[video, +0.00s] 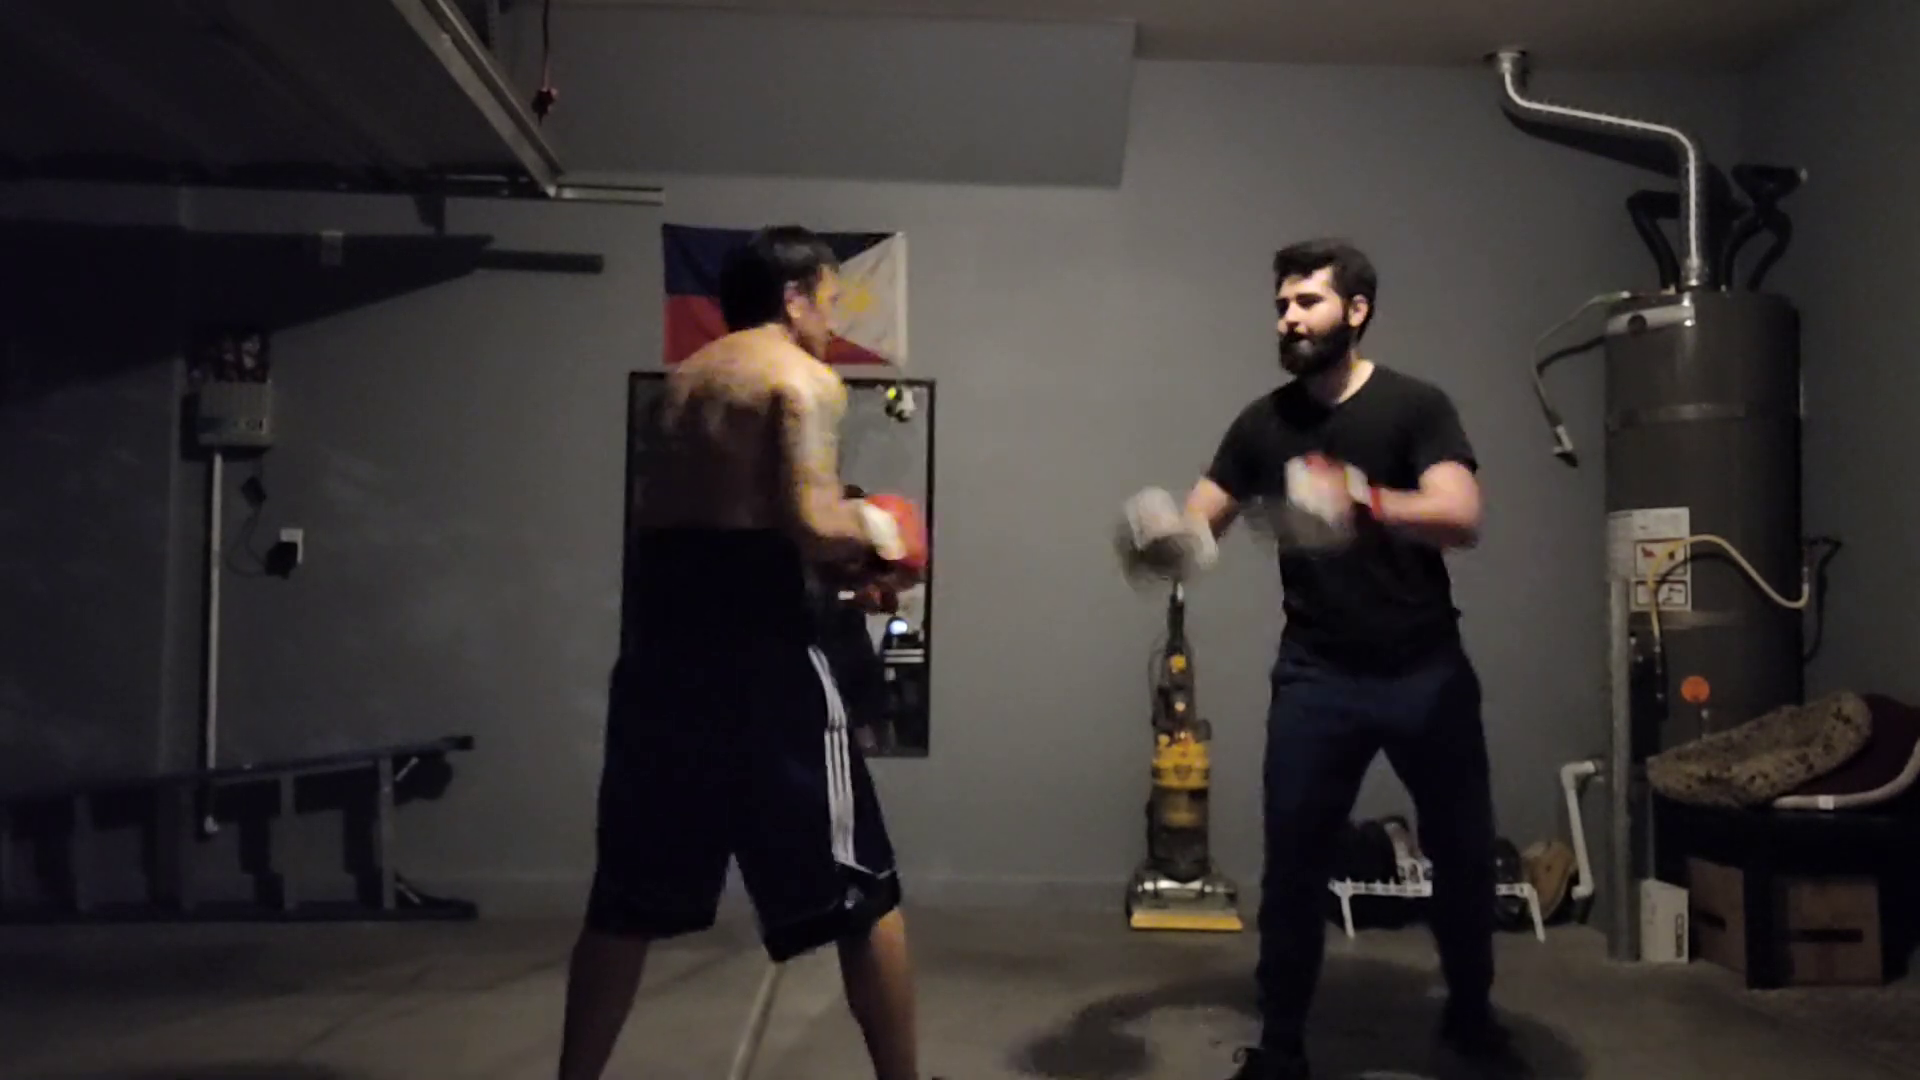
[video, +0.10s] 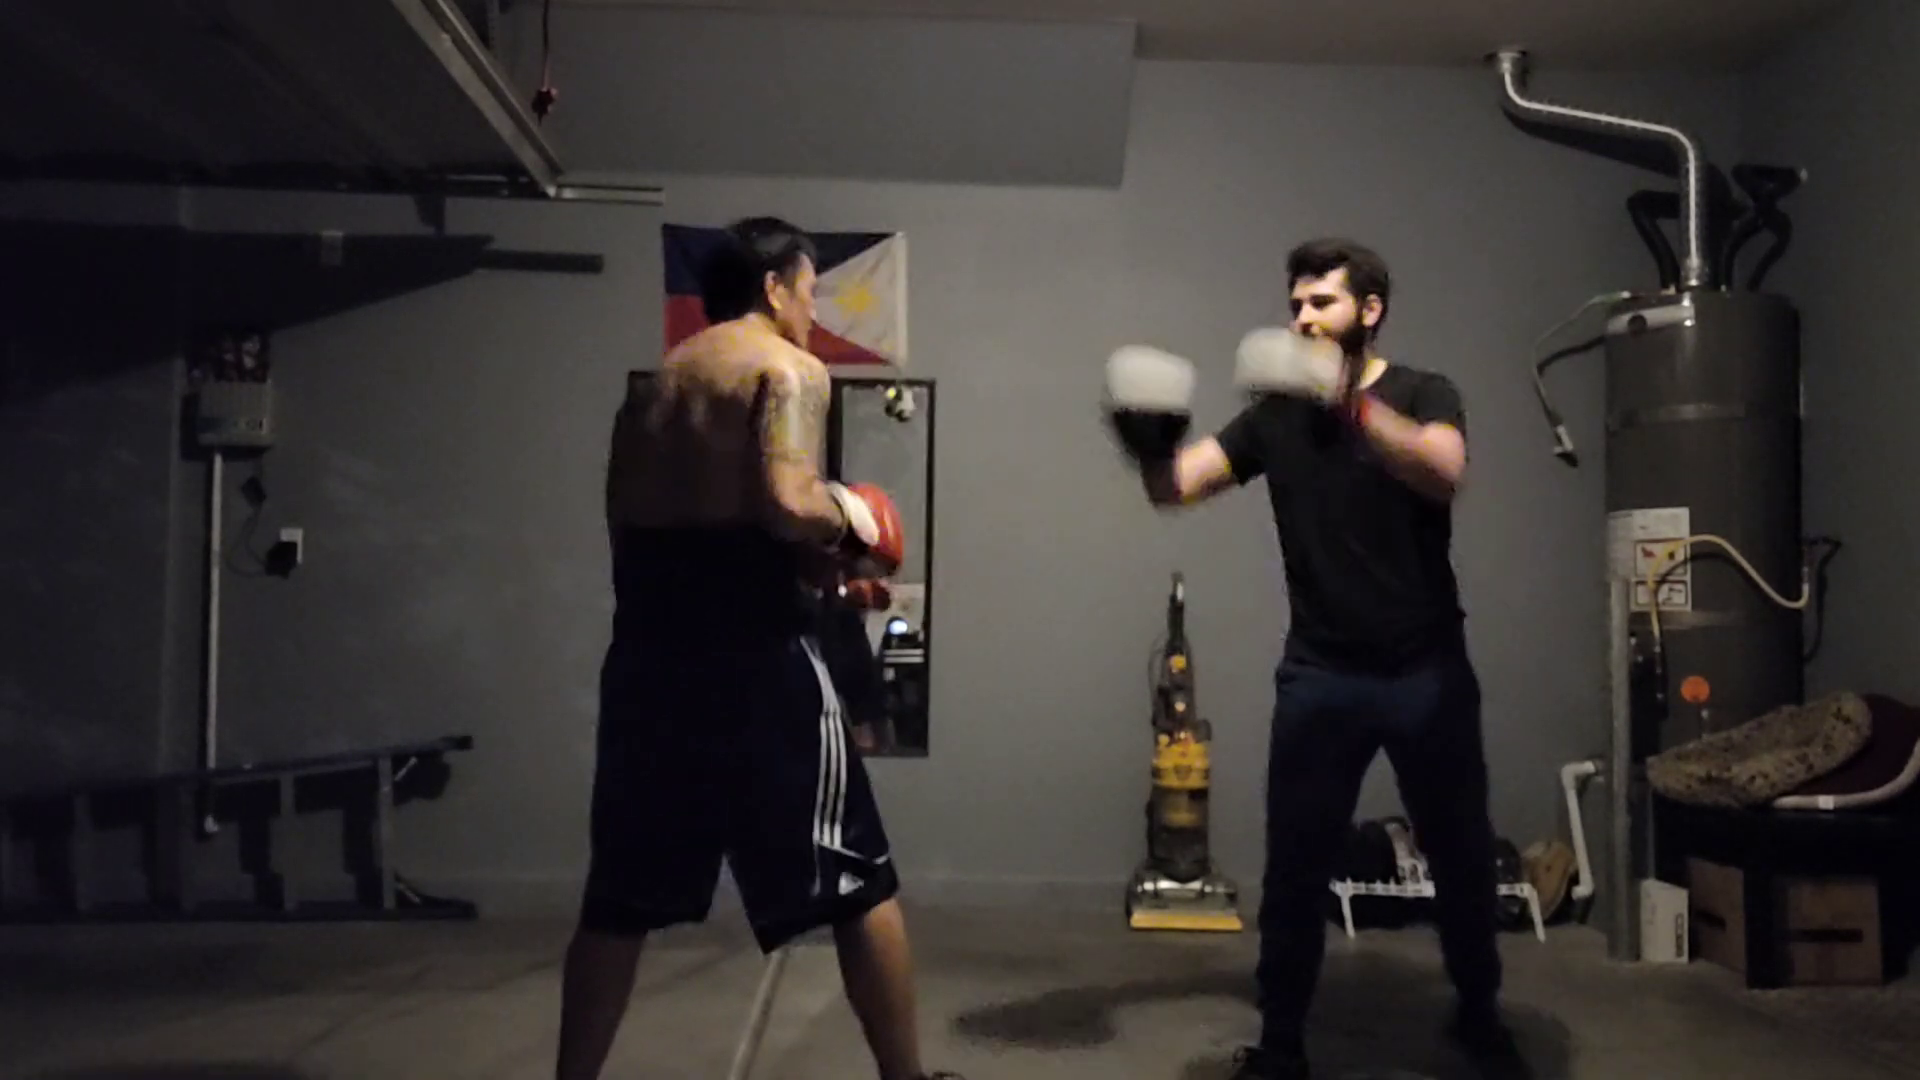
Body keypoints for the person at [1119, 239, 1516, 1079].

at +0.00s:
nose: (1291, 316)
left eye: (1308, 301)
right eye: (1283, 304)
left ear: (1357, 311)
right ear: (1278, 317)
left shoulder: (1417, 407)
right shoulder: (1264, 424)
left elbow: (1461, 516)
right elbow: (1198, 524)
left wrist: (1363, 497)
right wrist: (1163, 540)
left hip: (1425, 677)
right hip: (1316, 679)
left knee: (1464, 858)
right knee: (1292, 864)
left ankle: (1469, 1023)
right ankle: (1280, 1044)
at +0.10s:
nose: (1306, 316)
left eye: (1323, 301)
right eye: (1297, 306)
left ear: (1371, 309)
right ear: (1290, 318)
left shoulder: (1420, 393)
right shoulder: (1277, 413)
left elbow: (1444, 469)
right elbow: (1176, 486)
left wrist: (1349, 400)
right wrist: (1149, 436)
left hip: (1426, 673)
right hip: (1319, 676)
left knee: (1463, 861)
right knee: (1294, 870)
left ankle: (1480, 1025)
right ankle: (1279, 1045)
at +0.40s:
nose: (1358, 328)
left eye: (1373, 314)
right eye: (1352, 315)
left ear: (1417, 315)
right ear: (1347, 327)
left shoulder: (1469, 406)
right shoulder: (1339, 411)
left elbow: (1444, 379)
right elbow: (1222, 377)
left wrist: (1418, 282)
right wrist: (1276, 295)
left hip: (1451, 678)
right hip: (1347, 674)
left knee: (1465, 866)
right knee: (1294, 844)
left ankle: (1479, 1032)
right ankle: (1277, 1037)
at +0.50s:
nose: (1364, 328)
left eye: (1381, 311)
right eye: (1354, 315)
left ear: (1420, 316)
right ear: (1346, 325)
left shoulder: (1473, 402)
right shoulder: (1337, 407)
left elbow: (1450, 374)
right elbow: (1219, 372)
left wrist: (1426, 282)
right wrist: (1279, 297)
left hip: (1451, 676)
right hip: (1345, 671)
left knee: (1463, 862)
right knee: (1284, 829)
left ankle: (1478, 1032)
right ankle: (1259, 1028)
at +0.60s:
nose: (1367, 326)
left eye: (1382, 312)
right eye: (1357, 313)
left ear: (1421, 319)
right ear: (1344, 325)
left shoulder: (1468, 403)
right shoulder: (1327, 407)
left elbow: (1455, 382)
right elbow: (1204, 386)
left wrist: (1427, 288)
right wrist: (1256, 313)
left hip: (1444, 678)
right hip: (1336, 670)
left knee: (1462, 864)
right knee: (1268, 828)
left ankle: (1479, 1030)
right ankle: (1223, 1023)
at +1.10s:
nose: (1262, 321)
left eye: (1278, 307)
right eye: (1257, 309)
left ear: (1328, 323)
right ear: (1259, 329)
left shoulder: (1364, 397)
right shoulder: (1241, 415)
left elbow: (1294, 370)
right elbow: (1126, 419)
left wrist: (1241, 271)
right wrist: (1159, 324)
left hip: (1349, 671)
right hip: (1250, 672)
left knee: (1380, 846)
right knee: (1210, 844)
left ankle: (1409, 1001)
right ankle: (1185, 1027)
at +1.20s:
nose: (1285, 331)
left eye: (1300, 314)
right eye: (1276, 319)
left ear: (1341, 324)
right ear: (1265, 332)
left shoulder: (1386, 408)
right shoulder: (1253, 420)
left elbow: (1339, 392)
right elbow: (1135, 420)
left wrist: (1314, 294)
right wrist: (1163, 337)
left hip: (1359, 675)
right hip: (1258, 675)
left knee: (1375, 853)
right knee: (1216, 846)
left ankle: (1398, 1008)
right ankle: (1185, 1027)